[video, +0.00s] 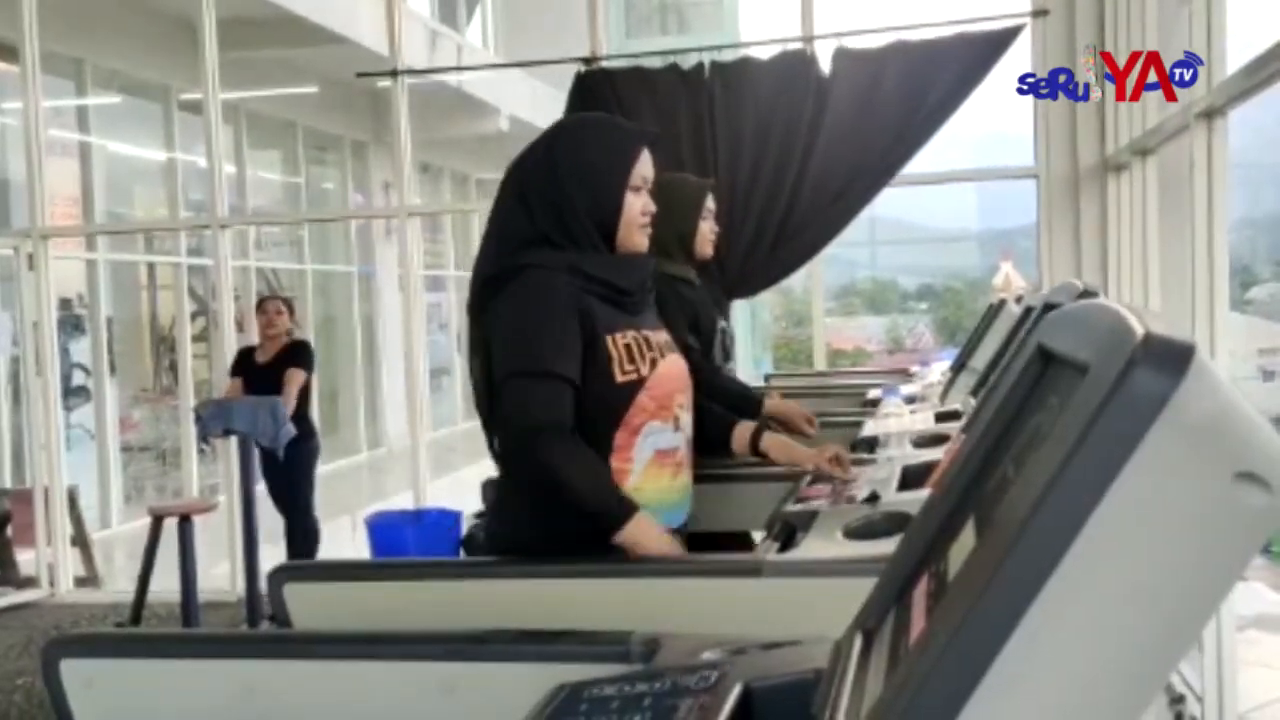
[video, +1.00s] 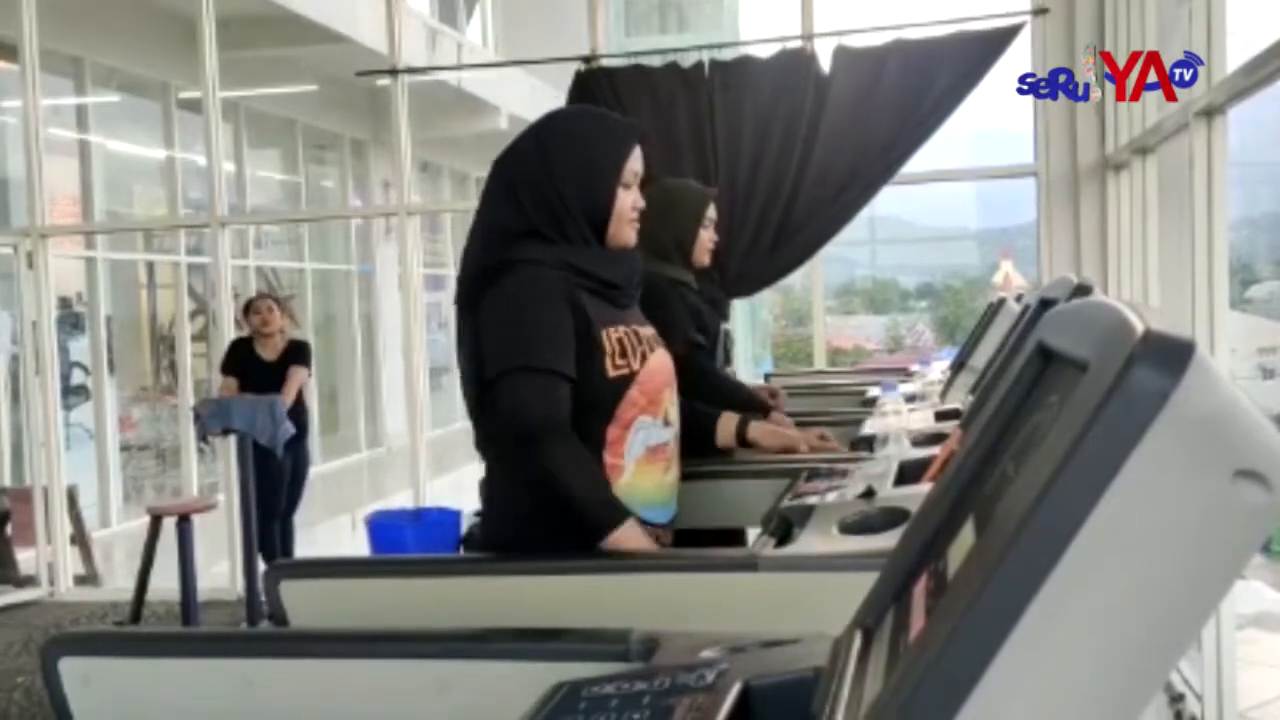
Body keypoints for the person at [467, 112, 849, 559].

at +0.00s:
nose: (651, 206)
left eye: (649, 190)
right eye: (637, 189)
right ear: (589, 190)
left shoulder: (625, 288)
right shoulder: (541, 290)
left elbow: (670, 404)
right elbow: (538, 442)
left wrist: (769, 443)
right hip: (568, 565)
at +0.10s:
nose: (654, 197)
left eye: (652, 181)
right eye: (640, 179)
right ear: (590, 178)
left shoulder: (629, 278)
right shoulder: (532, 281)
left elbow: (684, 392)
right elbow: (519, 435)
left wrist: (788, 449)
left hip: (642, 534)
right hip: (569, 546)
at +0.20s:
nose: (653, 200)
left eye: (651, 183)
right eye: (639, 183)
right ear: (588, 182)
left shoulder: (628, 284)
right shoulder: (527, 287)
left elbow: (674, 396)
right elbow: (491, 440)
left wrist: (780, 440)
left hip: (632, 550)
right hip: (549, 562)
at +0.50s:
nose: (645, 211)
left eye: (643, 195)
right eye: (632, 194)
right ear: (583, 195)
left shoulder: (610, 297)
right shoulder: (526, 307)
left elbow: (668, 411)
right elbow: (507, 473)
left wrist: (784, 455)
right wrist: (486, 600)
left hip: (633, 558)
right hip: (564, 571)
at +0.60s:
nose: (640, 202)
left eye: (638, 186)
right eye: (627, 185)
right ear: (577, 184)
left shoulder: (600, 284)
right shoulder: (528, 291)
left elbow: (654, 404)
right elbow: (535, 455)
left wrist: (769, 452)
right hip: (543, 566)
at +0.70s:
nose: (638, 203)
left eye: (635, 186)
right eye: (624, 185)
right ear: (574, 185)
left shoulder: (594, 286)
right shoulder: (529, 289)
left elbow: (645, 404)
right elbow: (564, 435)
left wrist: (760, 444)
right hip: (533, 567)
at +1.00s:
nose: (641, 203)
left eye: (639, 186)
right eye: (626, 185)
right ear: (577, 185)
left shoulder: (603, 282)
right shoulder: (530, 287)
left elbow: (640, 406)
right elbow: (536, 439)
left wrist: (746, 431)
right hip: (561, 564)